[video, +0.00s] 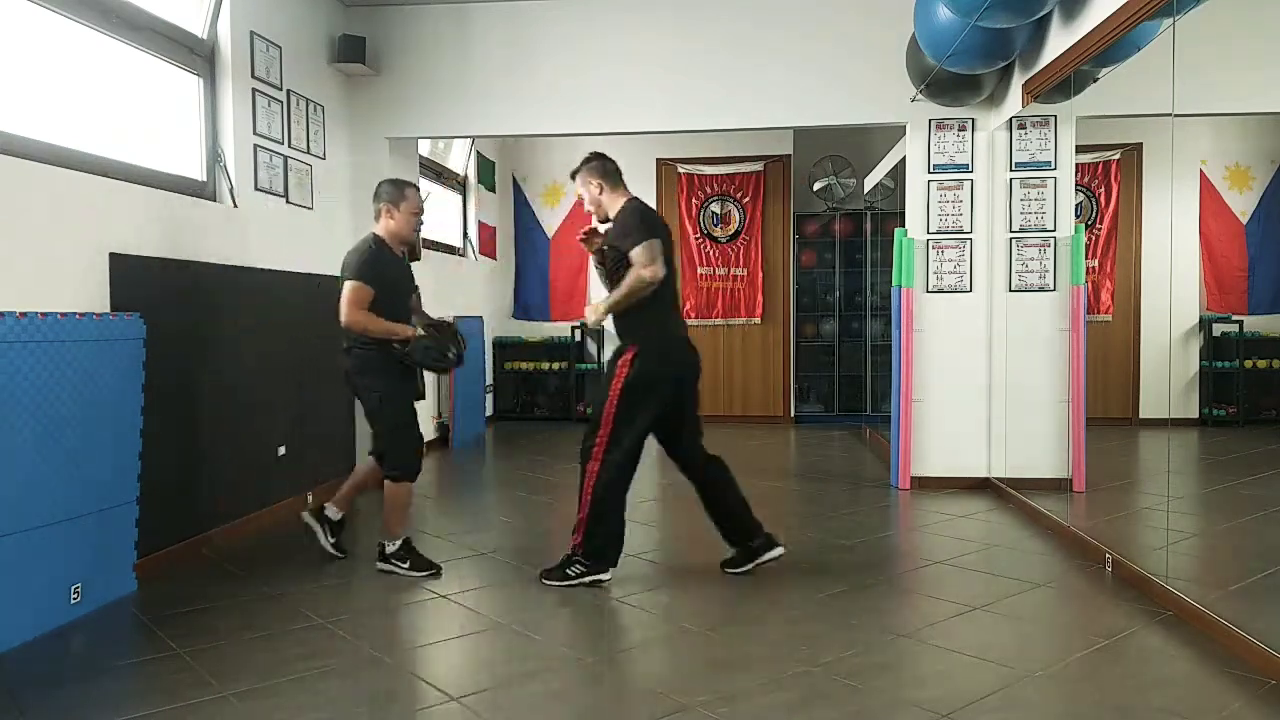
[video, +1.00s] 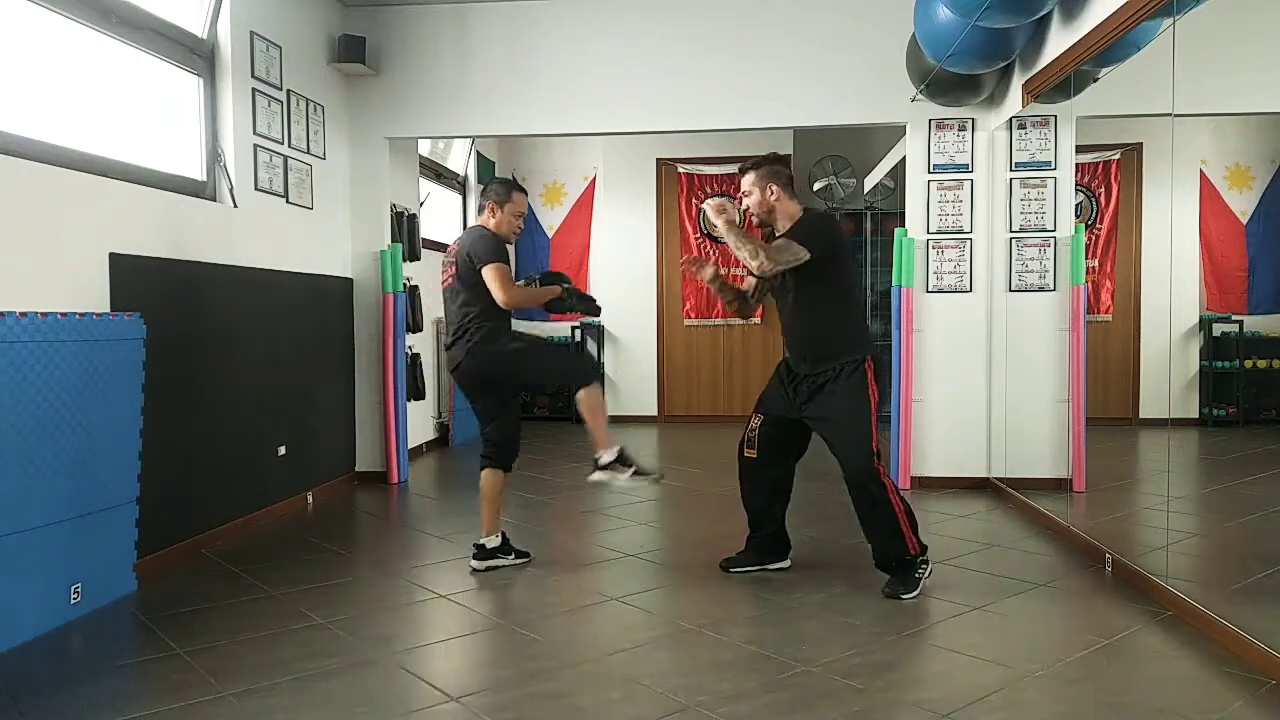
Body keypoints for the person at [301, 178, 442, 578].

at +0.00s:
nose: (420, 221)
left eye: (421, 214)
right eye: (414, 214)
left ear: (395, 214)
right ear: (387, 213)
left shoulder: (398, 260)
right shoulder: (368, 254)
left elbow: (405, 314)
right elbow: (351, 316)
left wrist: (429, 328)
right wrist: (408, 332)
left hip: (393, 367)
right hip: (373, 368)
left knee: (392, 454)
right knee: (405, 454)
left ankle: (330, 513)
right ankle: (394, 548)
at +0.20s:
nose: (454, 213)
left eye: (455, 206)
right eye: (449, 205)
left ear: (427, 204)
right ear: (422, 201)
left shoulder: (420, 243)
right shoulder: (403, 238)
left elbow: (412, 297)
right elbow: (382, 294)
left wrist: (448, 299)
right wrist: (436, 309)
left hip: (418, 355)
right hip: (402, 356)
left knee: (430, 441)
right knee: (422, 445)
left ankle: (398, 525)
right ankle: (402, 536)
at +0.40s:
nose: (477, 227)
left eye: (478, 220)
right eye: (472, 218)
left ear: (453, 218)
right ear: (446, 215)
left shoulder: (444, 254)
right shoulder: (427, 248)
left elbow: (460, 299)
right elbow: (411, 302)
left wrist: (498, 296)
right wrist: (466, 305)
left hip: (434, 363)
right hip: (428, 364)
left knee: (435, 446)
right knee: (480, 440)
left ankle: (408, 532)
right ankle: (452, 534)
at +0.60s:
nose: (504, 223)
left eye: (506, 216)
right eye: (499, 215)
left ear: (473, 213)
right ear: (473, 210)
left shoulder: (449, 245)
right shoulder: (464, 246)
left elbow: (464, 307)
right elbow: (469, 305)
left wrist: (513, 306)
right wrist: (521, 302)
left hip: (447, 364)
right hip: (463, 367)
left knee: (453, 450)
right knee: (475, 456)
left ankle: (420, 524)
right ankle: (475, 554)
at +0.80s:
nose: (524, 223)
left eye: (526, 216)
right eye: (520, 214)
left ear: (489, 211)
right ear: (494, 208)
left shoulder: (457, 244)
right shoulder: (491, 241)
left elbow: (433, 304)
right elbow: (504, 303)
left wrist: (484, 313)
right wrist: (552, 310)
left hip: (458, 358)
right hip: (480, 359)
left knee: (494, 450)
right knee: (499, 451)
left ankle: (488, 539)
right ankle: (482, 548)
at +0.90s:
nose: (523, 224)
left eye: (525, 216)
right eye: (519, 215)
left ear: (491, 212)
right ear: (494, 209)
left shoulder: (460, 245)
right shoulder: (488, 242)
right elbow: (500, 302)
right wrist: (548, 304)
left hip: (462, 366)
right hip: (489, 362)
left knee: (491, 450)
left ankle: (489, 544)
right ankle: (528, 512)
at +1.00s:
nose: (521, 224)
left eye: (522, 217)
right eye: (517, 215)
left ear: (490, 212)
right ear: (491, 209)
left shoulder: (467, 242)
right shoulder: (484, 239)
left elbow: (495, 300)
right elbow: (507, 296)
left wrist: (535, 289)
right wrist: (554, 293)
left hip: (469, 360)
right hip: (490, 351)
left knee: (498, 445)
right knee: (582, 366)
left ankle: (490, 544)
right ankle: (607, 454)